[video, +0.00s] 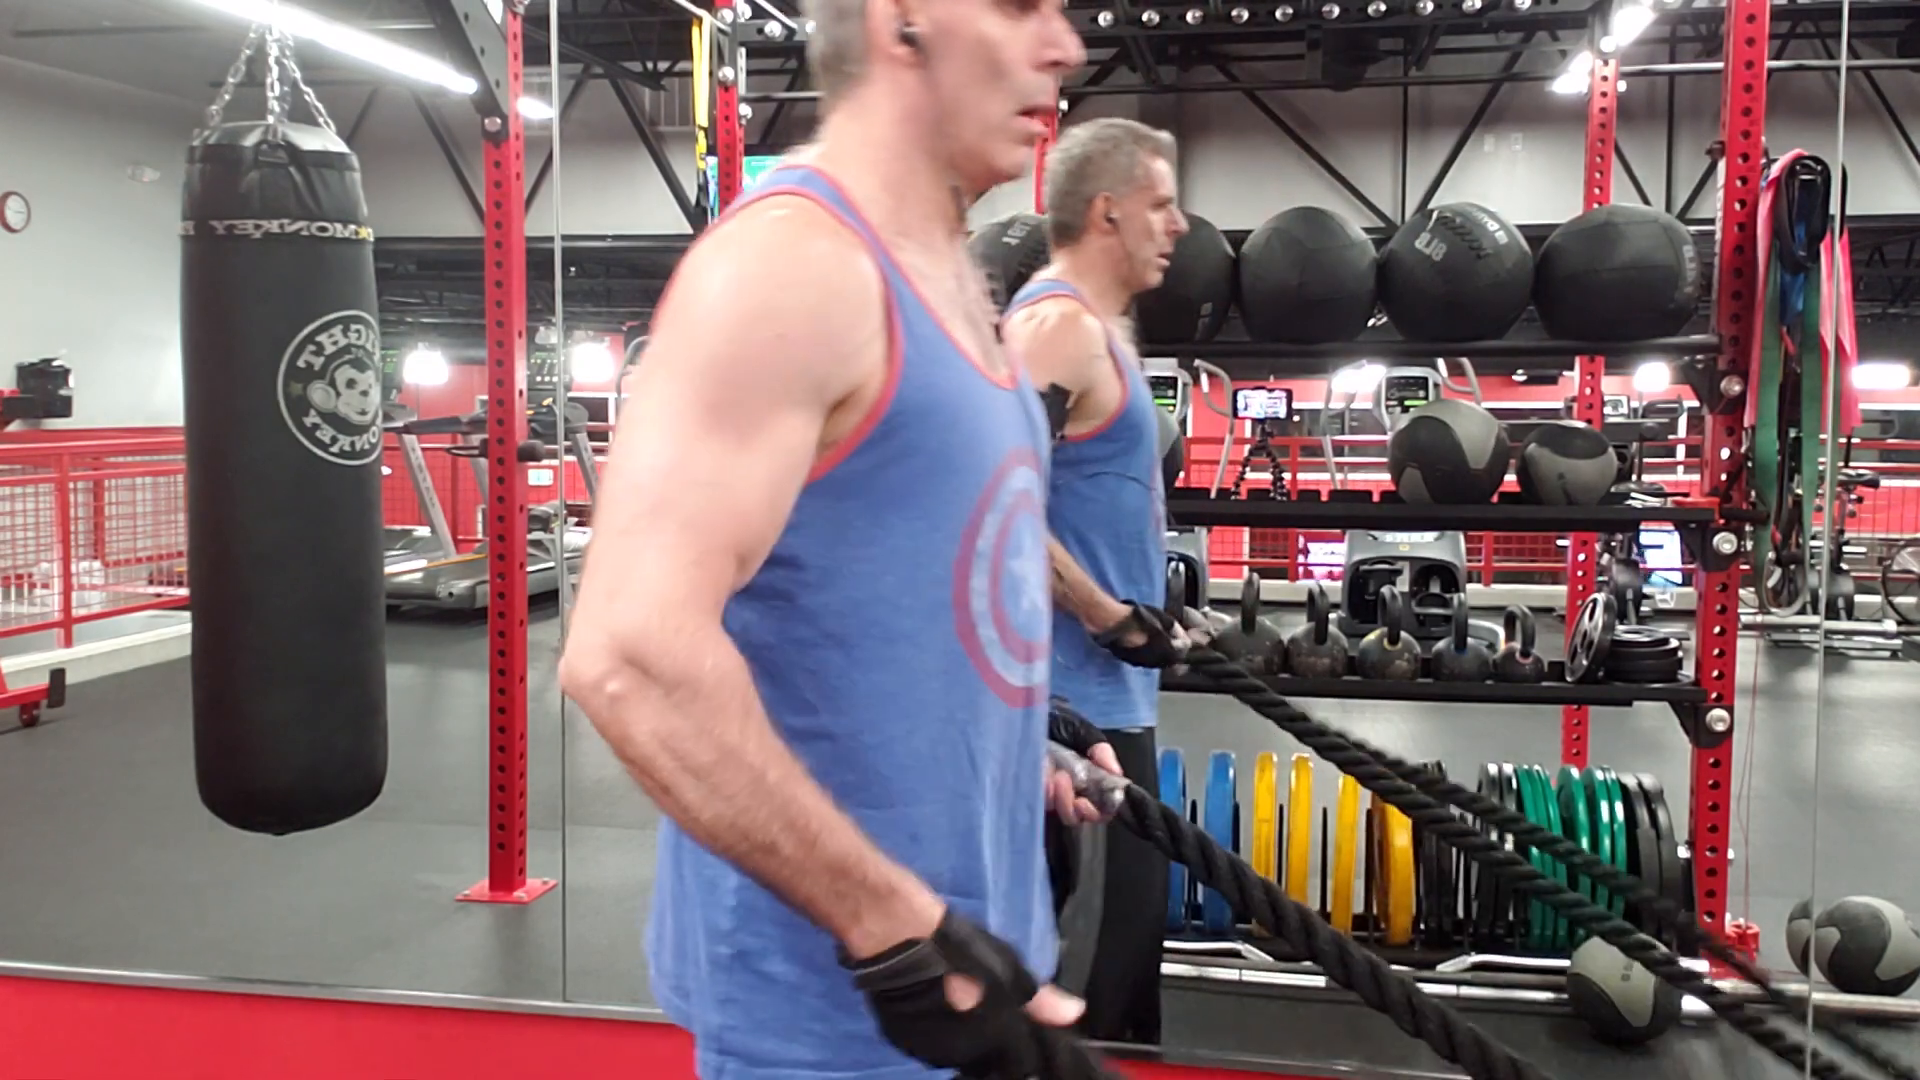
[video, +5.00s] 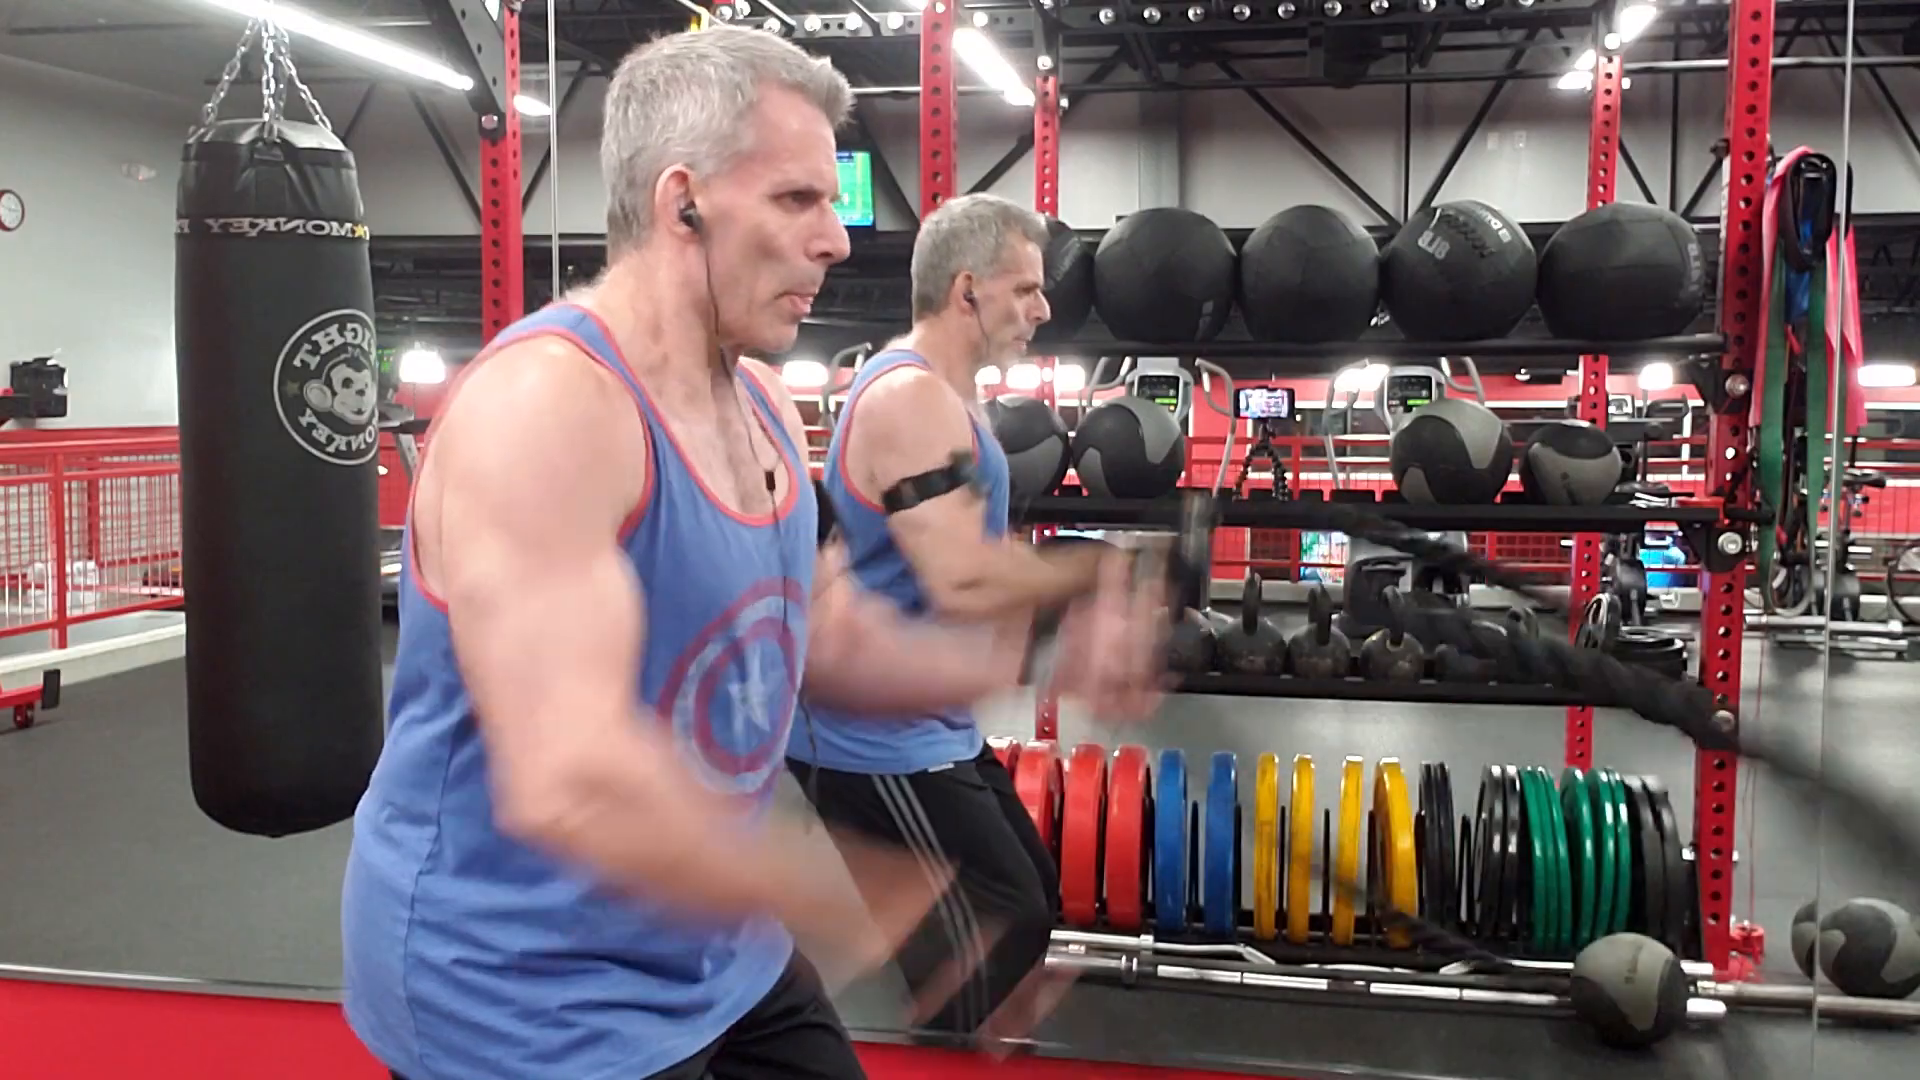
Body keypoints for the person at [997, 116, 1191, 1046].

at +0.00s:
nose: (1179, 226)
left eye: (1177, 206)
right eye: (1164, 205)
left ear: (1104, 213)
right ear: (1104, 212)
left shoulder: (1098, 328)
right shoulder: (1064, 329)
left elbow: (1079, 504)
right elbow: (1000, 504)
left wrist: (1156, 596)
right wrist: (1112, 618)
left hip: (1109, 695)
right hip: (1077, 702)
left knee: (1121, 931)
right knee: (1109, 934)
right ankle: (1086, 1068)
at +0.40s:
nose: (1082, 216)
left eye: (1079, 195)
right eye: (1065, 194)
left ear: (1009, 209)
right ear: (1004, 205)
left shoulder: (1005, 323)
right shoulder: (958, 326)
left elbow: (995, 500)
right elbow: (918, 518)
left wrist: (1084, 566)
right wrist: (1059, 611)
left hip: (1008, 696)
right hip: (951, 704)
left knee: (1035, 943)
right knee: (955, 954)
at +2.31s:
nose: (1057, 264)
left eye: (1058, 242)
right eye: (1044, 240)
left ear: (990, 244)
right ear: (986, 240)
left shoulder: (956, 357)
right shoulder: (919, 354)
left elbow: (949, 547)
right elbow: (889, 551)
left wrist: (1031, 639)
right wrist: (1010, 665)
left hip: (930, 695)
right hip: (892, 702)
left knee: (943, 937)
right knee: (990, 919)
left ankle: (943, 1064)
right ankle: (952, 1067)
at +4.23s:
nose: (1034, 285)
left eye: (1034, 264)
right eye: (1020, 262)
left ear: (966, 269)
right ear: (963, 267)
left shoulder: (943, 391)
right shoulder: (899, 393)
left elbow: (1000, 543)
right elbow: (871, 594)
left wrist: (1105, 612)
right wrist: (989, 721)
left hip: (924, 743)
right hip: (874, 752)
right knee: (989, 945)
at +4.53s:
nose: (1034, 297)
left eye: (1035, 277)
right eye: (1019, 275)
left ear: (959, 279)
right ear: (957, 276)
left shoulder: (947, 393)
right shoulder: (898, 386)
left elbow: (946, 577)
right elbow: (916, 570)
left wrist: (1031, 659)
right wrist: (1076, 589)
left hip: (926, 715)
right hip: (866, 725)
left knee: (1022, 907)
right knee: (976, 929)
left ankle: (979, 1061)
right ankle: (952, 1068)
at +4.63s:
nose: (1032, 301)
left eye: (1032, 281)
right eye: (1018, 279)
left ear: (961, 283)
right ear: (955, 280)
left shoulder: (941, 394)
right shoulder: (899, 388)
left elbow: (969, 565)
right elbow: (950, 563)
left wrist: (1076, 574)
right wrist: (1084, 544)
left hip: (930, 716)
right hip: (872, 725)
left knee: (1024, 907)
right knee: (996, 929)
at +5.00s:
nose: (1042, 313)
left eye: (1041, 293)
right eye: (1027, 291)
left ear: (969, 295)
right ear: (967, 293)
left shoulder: (944, 395)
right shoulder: (909, 398)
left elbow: (975, 565)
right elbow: (959, 580)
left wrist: (1092, 581)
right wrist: (1107, 560)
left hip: (928, 728)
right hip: (876, 739)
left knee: (1029, 918)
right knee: (1007, 927)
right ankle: (923, 1067)